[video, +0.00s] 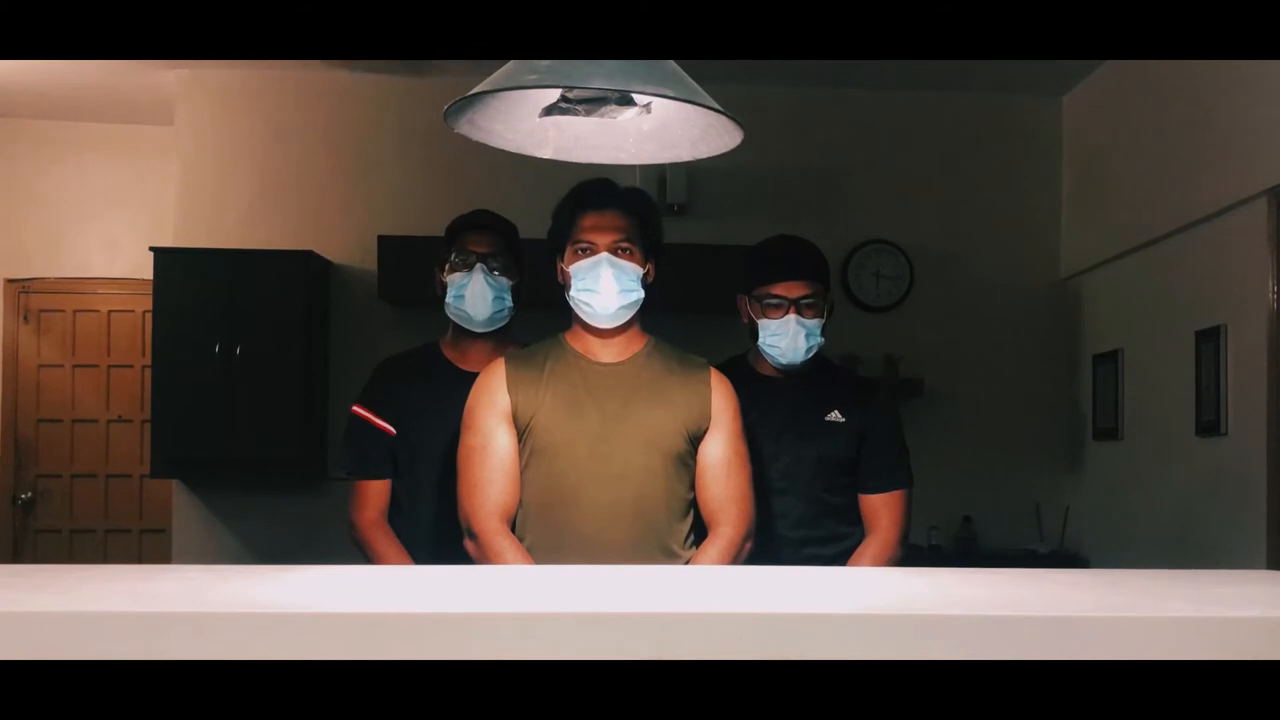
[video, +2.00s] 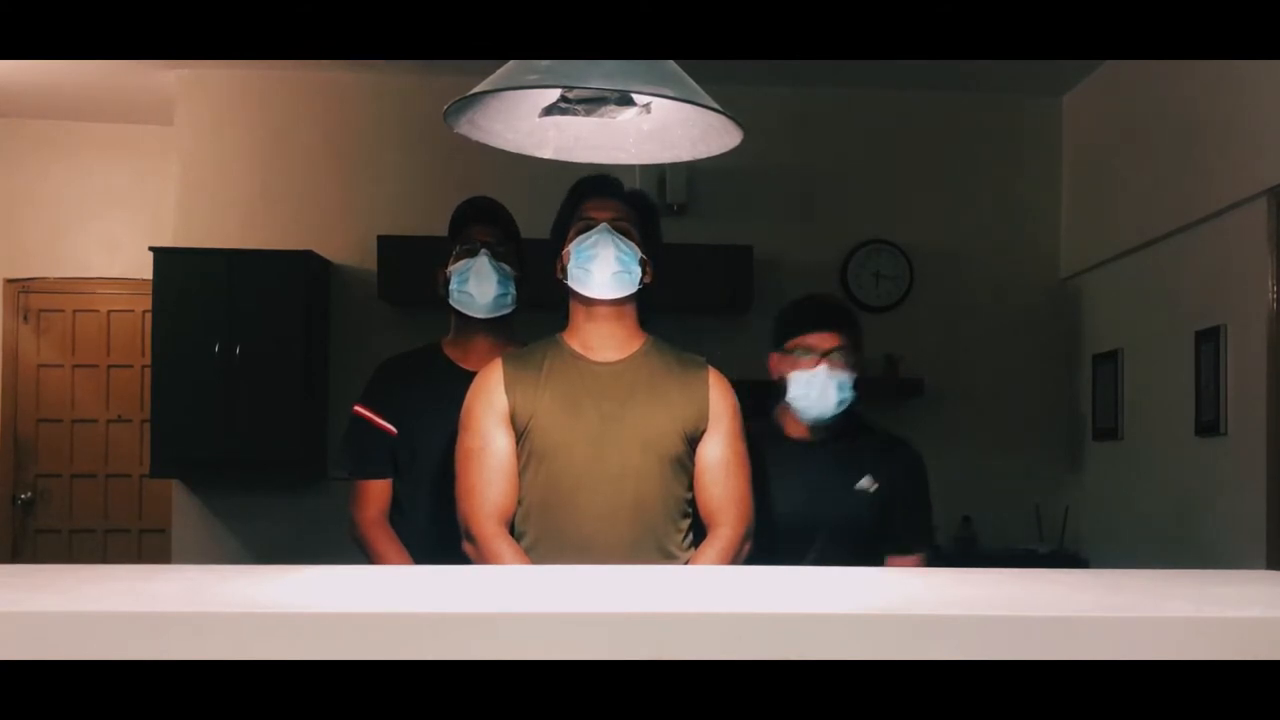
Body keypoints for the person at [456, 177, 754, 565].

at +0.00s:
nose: (603, 266)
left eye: (622, 251)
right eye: (585, 251)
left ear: (647, 270)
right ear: (562, 269)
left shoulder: (706, 389)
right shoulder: (505, 382)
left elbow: (732, 531)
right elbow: (484, 529)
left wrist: (668, 616)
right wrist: (551, 615)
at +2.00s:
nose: (603, 239)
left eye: (621, 231)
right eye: (585, 230)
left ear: (646, 267)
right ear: (562, 261)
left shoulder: (704, 388)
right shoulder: (502, 381)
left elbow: (731, 531)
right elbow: (483, 531)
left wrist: (667, 615)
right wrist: (552, 615)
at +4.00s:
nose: (600, 244)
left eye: (618, 235)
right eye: (582, 235)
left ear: (644, 268)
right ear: (559, 265)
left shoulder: (703, 389)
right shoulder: (501, 384)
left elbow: (729, 531)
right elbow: (484, 532)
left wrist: (667, 616)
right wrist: (551, 617)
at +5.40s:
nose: (601, 243)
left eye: (619, 235)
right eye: (583, 234)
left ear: (644, 268)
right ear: (560, 266)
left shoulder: (704, 389)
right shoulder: (502, 383)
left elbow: (729, 531)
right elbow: (485, 533)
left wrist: (667, 616)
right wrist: (550, 622)